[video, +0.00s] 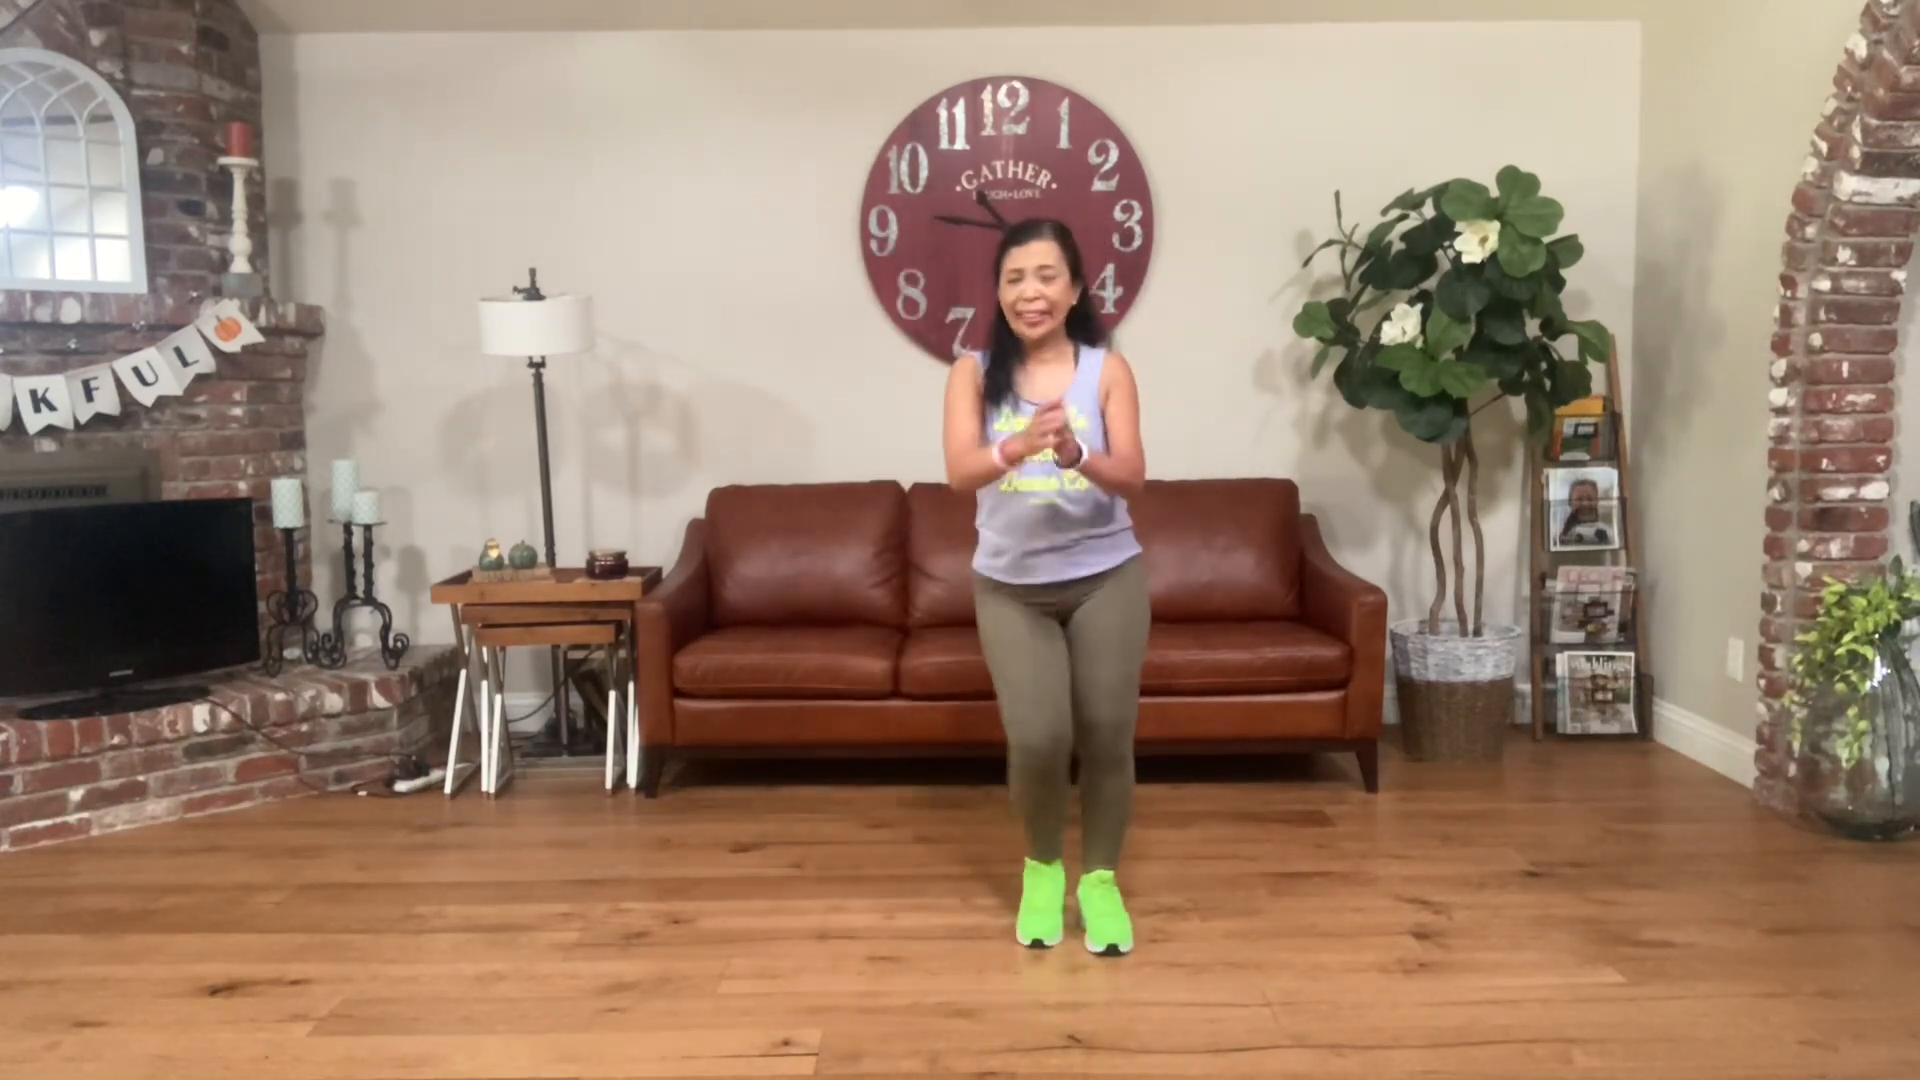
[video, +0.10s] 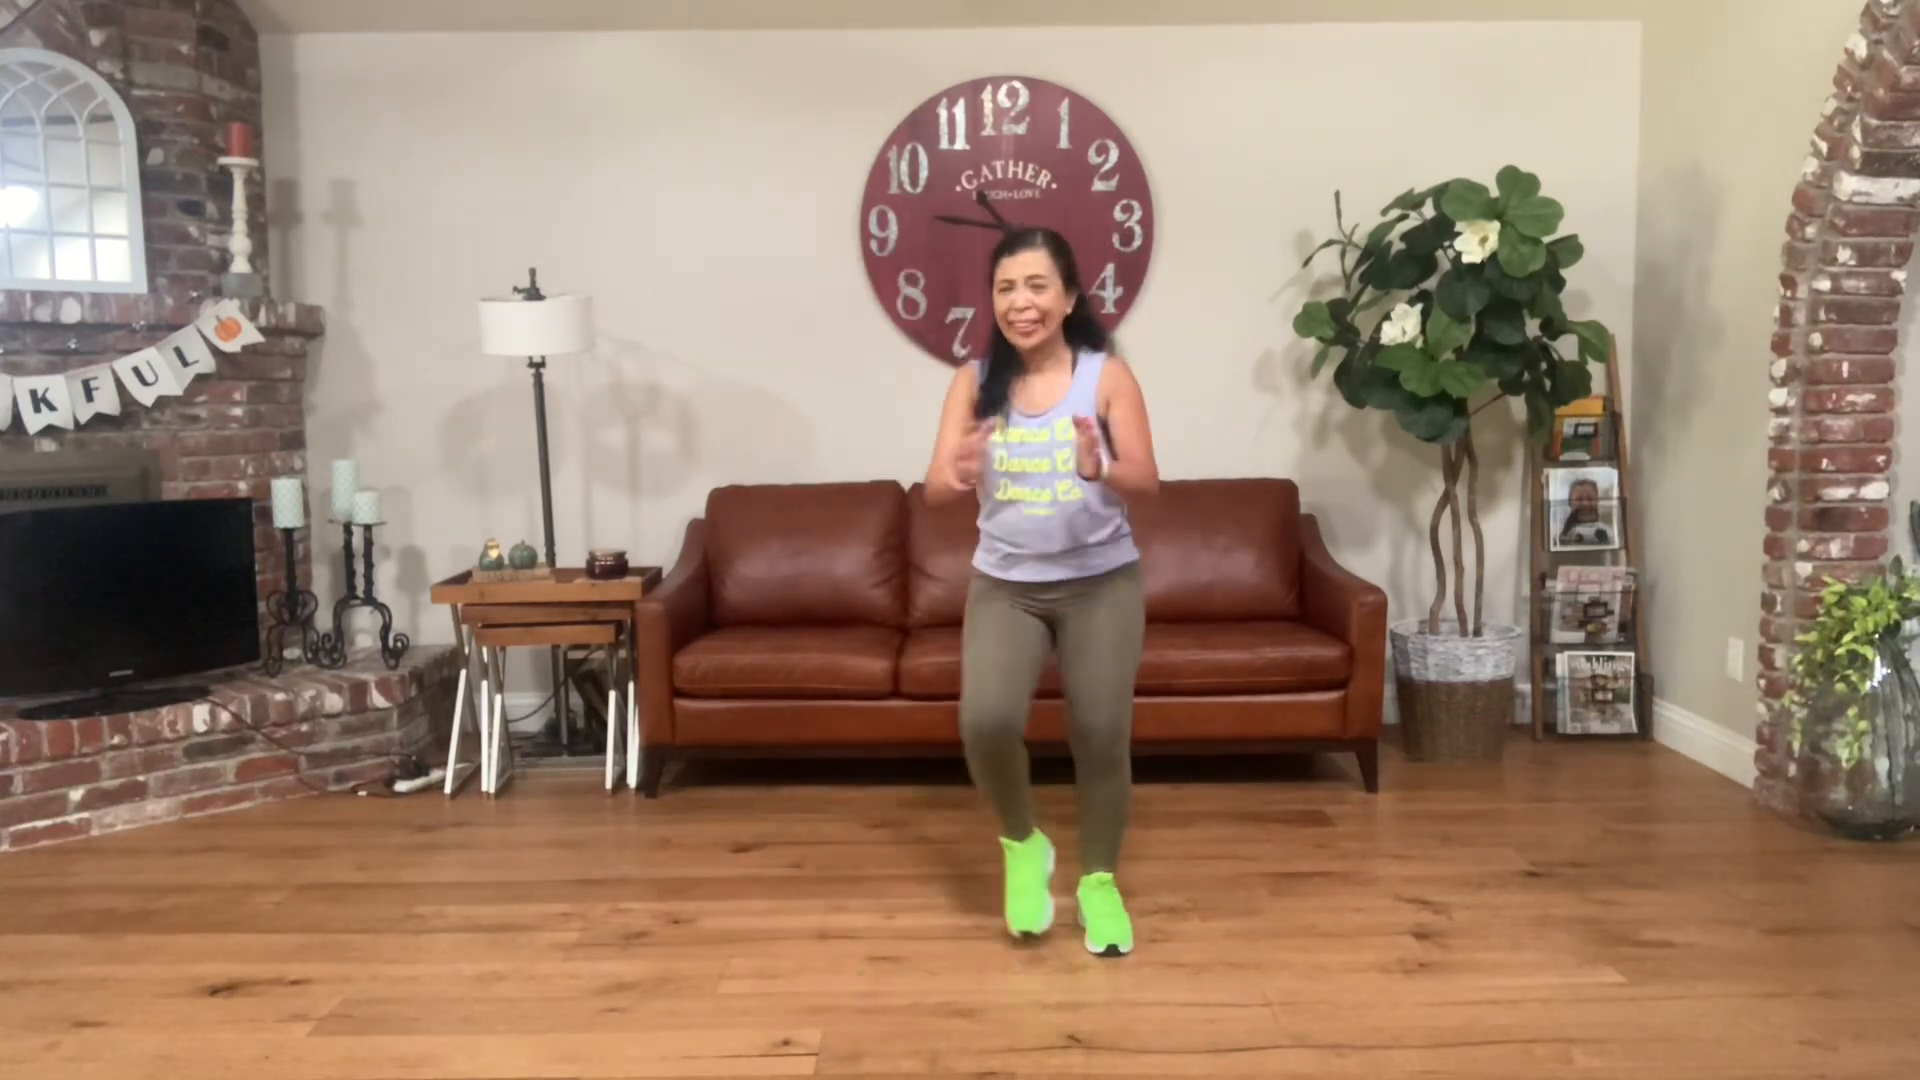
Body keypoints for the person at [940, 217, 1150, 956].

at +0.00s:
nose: (1031, 292)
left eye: (1047, 276)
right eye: (1016, 278)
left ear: (1074, 288)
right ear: (998, 292)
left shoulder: (1106, 368)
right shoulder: (973, 371)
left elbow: (1131, 476)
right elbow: (960, 471)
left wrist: (1079, 455)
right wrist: (1018, 447)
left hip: (1107, 575)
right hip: (1010, 585)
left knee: (1108, 728)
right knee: (1039, 737)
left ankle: (1101, 879)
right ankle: (1042, 871)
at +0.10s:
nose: (1021, 302)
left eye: (1037, 286)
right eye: (1007, 288)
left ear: (1068, 296)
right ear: (992, 301)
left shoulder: (1106, 376)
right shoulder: (974, 381)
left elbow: (1145, 482)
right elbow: (936, 492)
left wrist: (1103, 467)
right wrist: (956, 473)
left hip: (1101, 580)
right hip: (1004, 582)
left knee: (1101, 728)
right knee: (986, 722)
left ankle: (1099, 881)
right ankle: (1022, 846)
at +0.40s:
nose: (971, 285)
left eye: (988, 270)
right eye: (956, 271)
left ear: (1016, 285)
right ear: (938, 288)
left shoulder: (1052, 372)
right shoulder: (925, 370)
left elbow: (1105, 452)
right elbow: (913, 443)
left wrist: (1128, 470)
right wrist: (866, 466)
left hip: (1043, 582)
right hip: (942, 585)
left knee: (1065, 739)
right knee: (898, 730)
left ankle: (1097, 882)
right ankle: (843, 874)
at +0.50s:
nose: (946, 288)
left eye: (963, 274)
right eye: (931, 274)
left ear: (987, 292)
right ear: (911, 292)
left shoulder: (1013, 381)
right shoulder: (892, 372)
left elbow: (1072, 461)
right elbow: (899, 446)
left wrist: (1106, 471)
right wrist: (831, 465)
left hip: (1003, 590)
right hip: (901, 595)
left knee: (1041, 741)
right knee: (874, 743)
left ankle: (1094, 884)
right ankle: (835, 881)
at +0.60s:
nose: (919, 290)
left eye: (936, 276)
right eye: (903, 275)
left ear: (957, 292)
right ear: (882, 288)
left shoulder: (979, 380)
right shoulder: (855, 371)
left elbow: (1034, 471)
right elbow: (829, 456)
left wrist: (1070, 467)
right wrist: (780, 458)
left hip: (965, 589)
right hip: (865, 591)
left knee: (1008, 740)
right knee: (849, 743)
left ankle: (1085, 876)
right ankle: (832, 882)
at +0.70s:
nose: (897, 301)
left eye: (913, 287)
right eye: (881, 286)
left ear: (931, 300)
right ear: (855, 297)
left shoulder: (952, 388)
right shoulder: (822, 376)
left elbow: (1001, 491)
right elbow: (766, 461)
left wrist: (1023, 454)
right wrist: (738, 443)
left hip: (941, 582)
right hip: (844, 590)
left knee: (975, 738)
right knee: (836, 740)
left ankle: (1059, 866)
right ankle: (831, 884)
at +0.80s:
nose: (891, 315)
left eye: (904, 300)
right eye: (874, 300)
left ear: (917, 310)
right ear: (838, 310)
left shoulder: (935, 392)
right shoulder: (803, 388)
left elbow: (961, 503)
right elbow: (730, 475)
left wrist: (969, 433)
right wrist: (721, 423)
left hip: (929, 585)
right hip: (833, 592)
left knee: (941, 731)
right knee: (828, 741)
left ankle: (1002, 850)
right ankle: (829, 884)